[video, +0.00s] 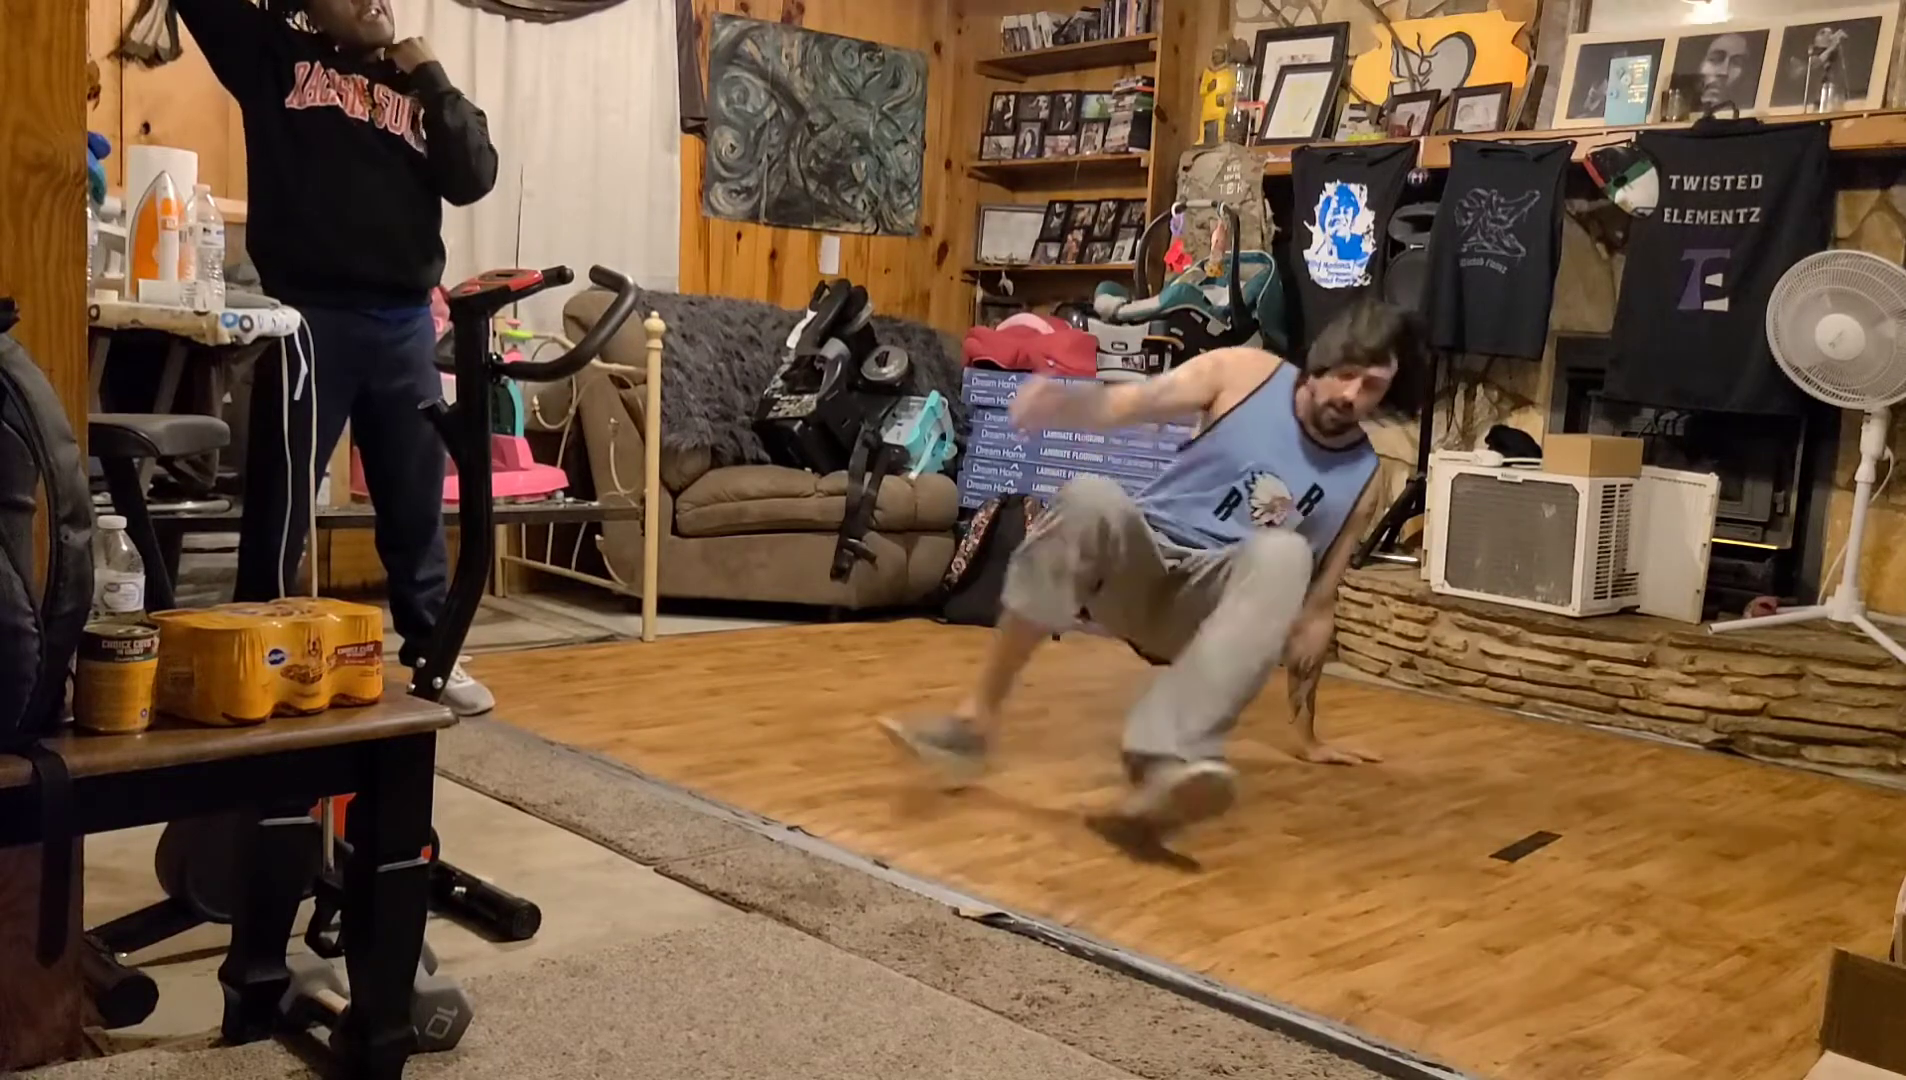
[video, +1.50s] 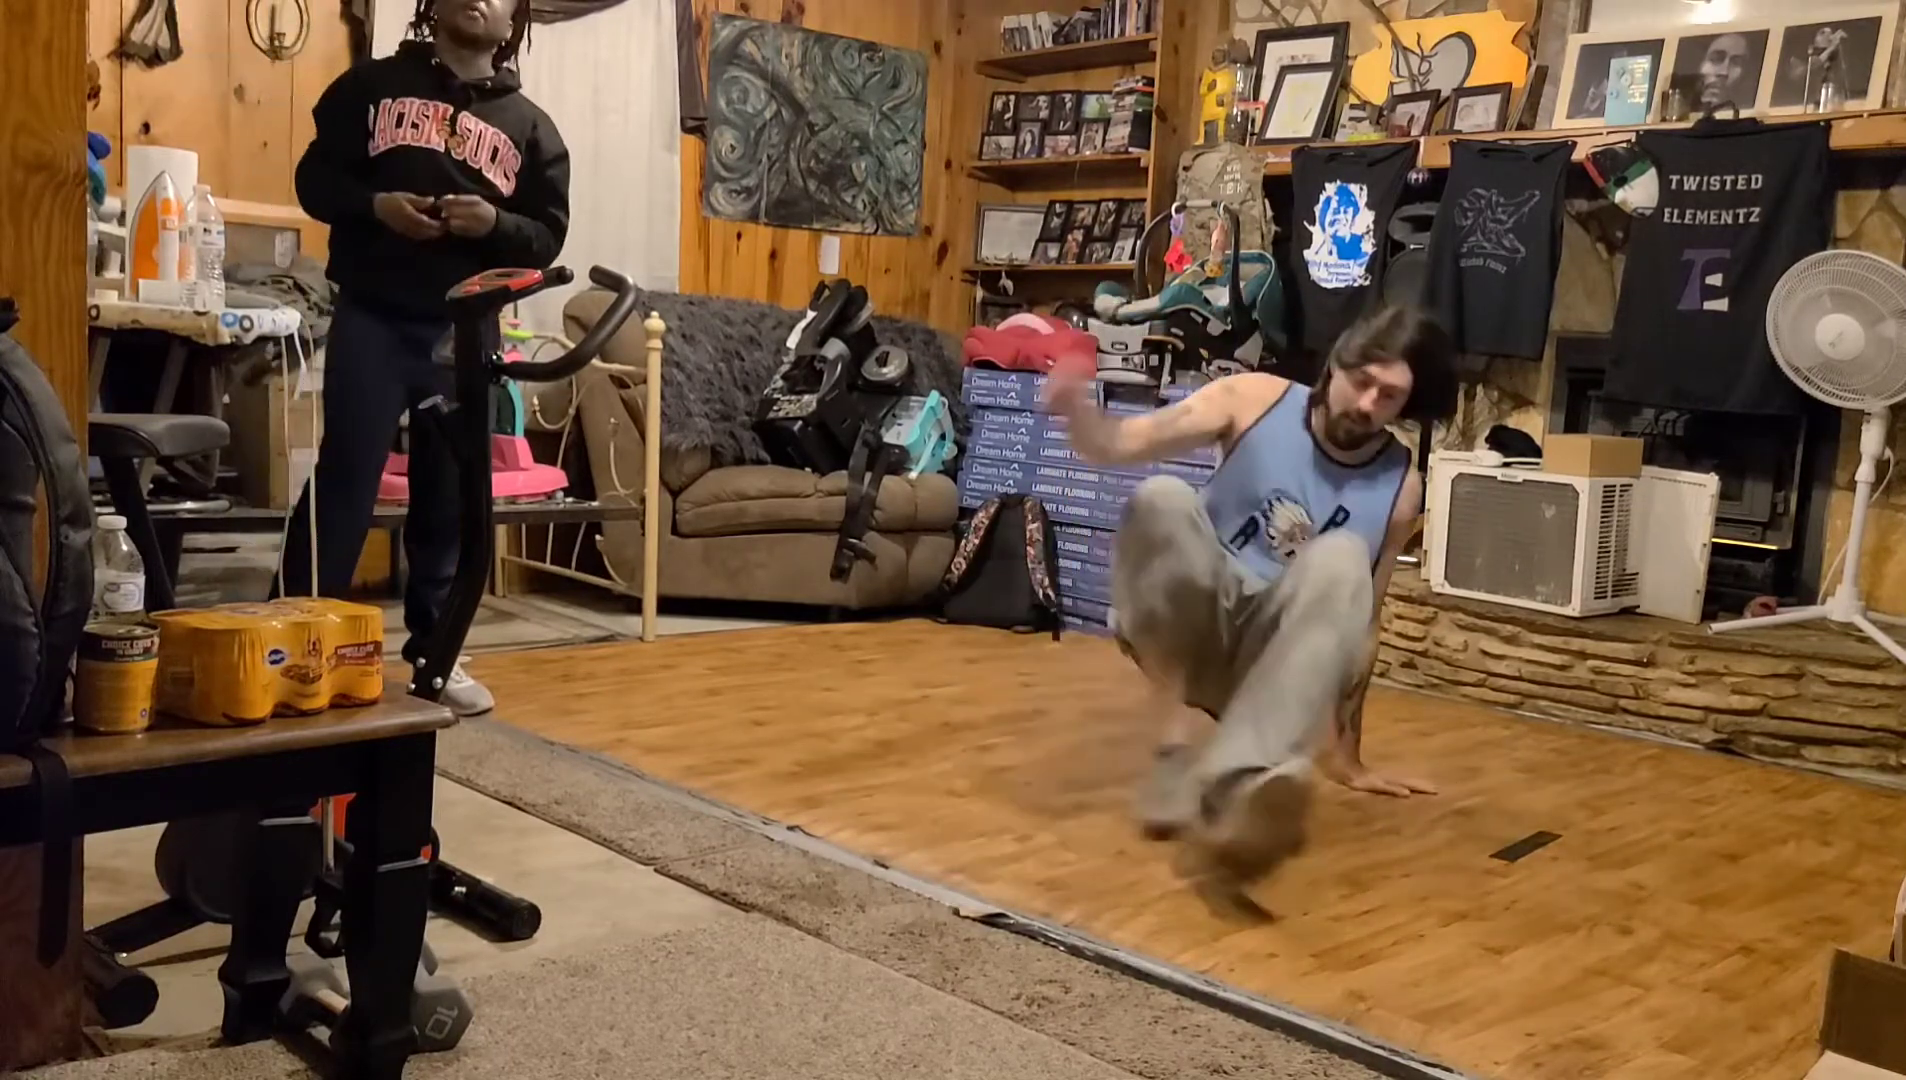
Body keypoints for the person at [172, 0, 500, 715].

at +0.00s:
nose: (378, 3)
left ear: (385, 8)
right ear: (310, 10)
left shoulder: (419, 86)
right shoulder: (272, 56)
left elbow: (472, 181)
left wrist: (430, 79)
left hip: (403, 324)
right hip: (306, 319)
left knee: (415, 502)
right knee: (280, 502)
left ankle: (433, 657)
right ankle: (256, 661)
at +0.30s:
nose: (376, 3)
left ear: (388, 8)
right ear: (313, 7)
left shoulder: (418, 94)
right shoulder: (272, 61)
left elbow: (460, 210)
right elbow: (191, 8)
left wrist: (461, 107)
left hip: (401, 325)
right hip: (302, 321)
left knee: (413, 498)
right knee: (279, 501)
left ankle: (432, 658)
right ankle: (254, 662)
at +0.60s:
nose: (396, 8)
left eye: (402, 2)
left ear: (408, 15)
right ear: (333, 1)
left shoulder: (430, 101)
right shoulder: (276, 77)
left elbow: (448, 222)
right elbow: (250, 168)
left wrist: (463, 147)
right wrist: (290, 63)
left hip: (397, 325)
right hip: (297, 324)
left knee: (414, 496)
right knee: (280, 498)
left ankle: (433, 656)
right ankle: (254, 660)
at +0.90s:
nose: (440, 14)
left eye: (442, 5)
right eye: (426, 1)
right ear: (371, 3)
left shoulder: (450, 110)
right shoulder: (298, 78)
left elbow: (461, 226)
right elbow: (274, 187)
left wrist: (492, 156)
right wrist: (354, 134)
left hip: (412, 326)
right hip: (316, 325)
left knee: (420, 498)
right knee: (291, 499)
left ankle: (430, 655)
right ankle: (261, 659)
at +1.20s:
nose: (466, 7)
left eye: (473, 1)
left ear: (478, 17)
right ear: (403, 3)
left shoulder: (490, 116)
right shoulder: (335, 83)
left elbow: (515, 235)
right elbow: (282, 180)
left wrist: (500, 176)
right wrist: (375, 162)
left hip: (441, 333)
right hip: (343, 328)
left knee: (440, 503)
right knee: (310, 496)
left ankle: (433, 660)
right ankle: (267, 655)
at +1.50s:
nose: (482, 3)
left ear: (513, 21)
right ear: (434, 6)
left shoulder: (532, 127)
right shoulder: (369, 85)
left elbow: (548, 238)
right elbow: (314, 181)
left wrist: (496, 223)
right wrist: (376, 204)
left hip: (465, 332)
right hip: (372, 323)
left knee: (449, 500)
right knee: (346, 487)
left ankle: (435, 657)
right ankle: (294, 648)